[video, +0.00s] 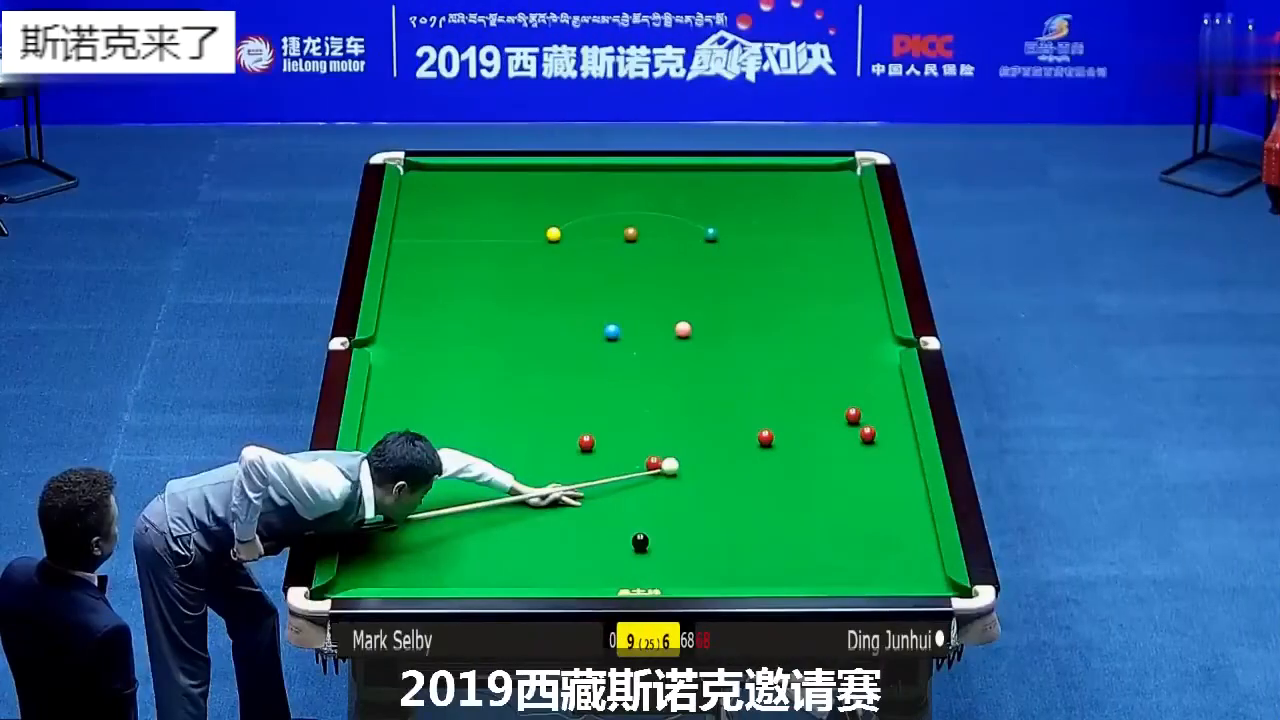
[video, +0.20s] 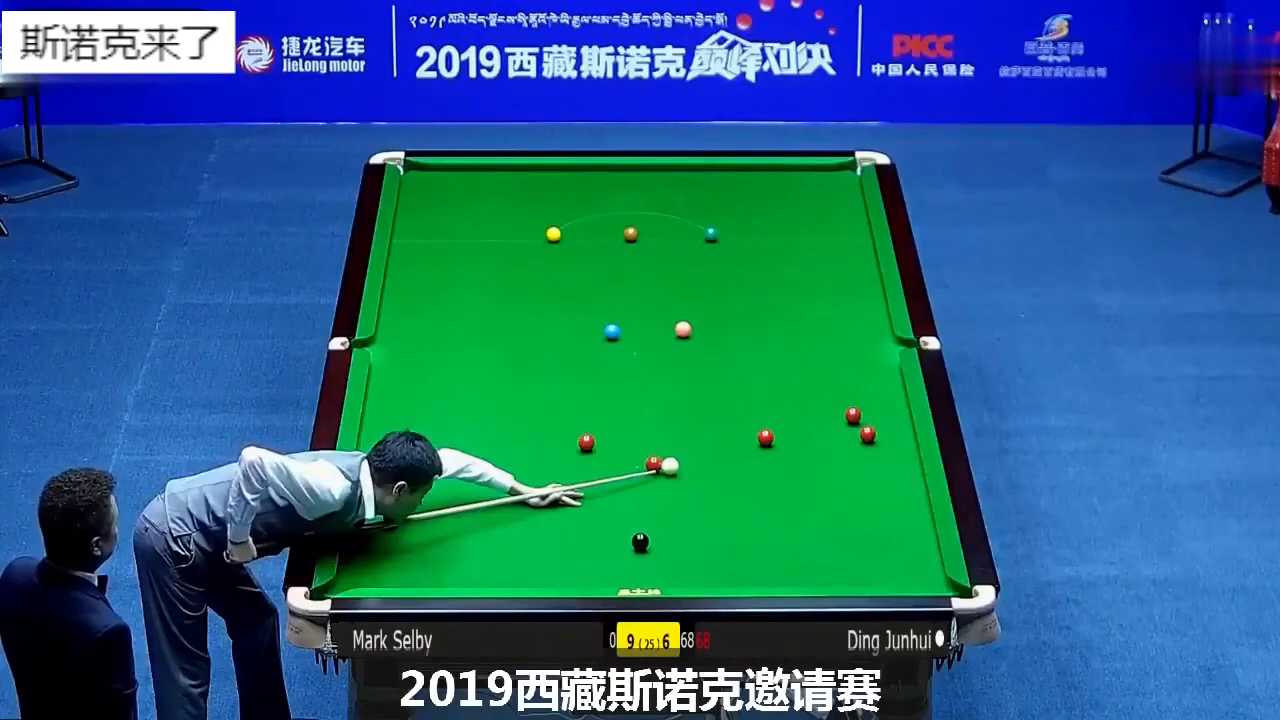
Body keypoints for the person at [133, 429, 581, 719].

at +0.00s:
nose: (420, 503)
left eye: (422, 494)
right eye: (418, 495)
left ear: (395, 478)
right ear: (396, 489)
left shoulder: (380, 471)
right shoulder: (329, 493)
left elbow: (456, 462)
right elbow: (254, 458)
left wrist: (523, 489)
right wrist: (246, 535)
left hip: (206, 532)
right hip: (172, 536)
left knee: (255, 623)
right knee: (187, 674)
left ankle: (266, 718)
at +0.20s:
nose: (420, 502)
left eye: (422, 494)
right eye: (418, 495)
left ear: (396, 478)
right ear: (396, 488)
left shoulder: (381, 472)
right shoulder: (329, 492)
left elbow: (457, 462)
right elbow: (253, 460)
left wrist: (523, 489)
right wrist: (241, 536)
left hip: (209, 534)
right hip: (172, 537)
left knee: (256, 623)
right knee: (186, 674)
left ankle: (266, 718)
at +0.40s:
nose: (420, 502)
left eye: (423, 493)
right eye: (419, 494)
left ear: (397, 479)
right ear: (395, 488)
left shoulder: (382, 474)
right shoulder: (330, 492)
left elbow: (456, 462)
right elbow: (252, 464)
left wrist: (523, 489)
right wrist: (216, 541)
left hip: (209, 533)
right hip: (170, 535)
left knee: (256, 624)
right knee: (186, 673)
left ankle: (266, 718)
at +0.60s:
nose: (421, 502)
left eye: (423, 493)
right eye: (419, 494)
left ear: (396, 479)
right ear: (396, 488)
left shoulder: (382, 474)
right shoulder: (331, 492)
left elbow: (456, 463)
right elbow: (251, 464)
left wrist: (524, 489)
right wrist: (213, 541)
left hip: (208, 533)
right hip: (170, 535)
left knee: (256, 624)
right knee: (186, 672)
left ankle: (266, 718)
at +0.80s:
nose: (421, 501)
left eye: (423, 492)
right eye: (419, 494)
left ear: (396, 479)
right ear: (396, 488)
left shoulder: (382, 474)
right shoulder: (331, 492)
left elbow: (456, 463)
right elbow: (252, 461)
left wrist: (524, 489)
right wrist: (215, 539)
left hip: (209, 535)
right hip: (170, 535)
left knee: (256, 624)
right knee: (187, 672)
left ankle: (266, 718)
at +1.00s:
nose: (421, 501)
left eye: (423, 492)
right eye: (419, 494)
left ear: (396, 480)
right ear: (396, 488)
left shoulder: (382, 474)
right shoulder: (330, 492)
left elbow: (456, 463)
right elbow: (252, 462)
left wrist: (524, 490)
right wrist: (218, 539)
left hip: (210, 537)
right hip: (170, 536)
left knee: (257, 625)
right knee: (186, 673)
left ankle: (266, 718)